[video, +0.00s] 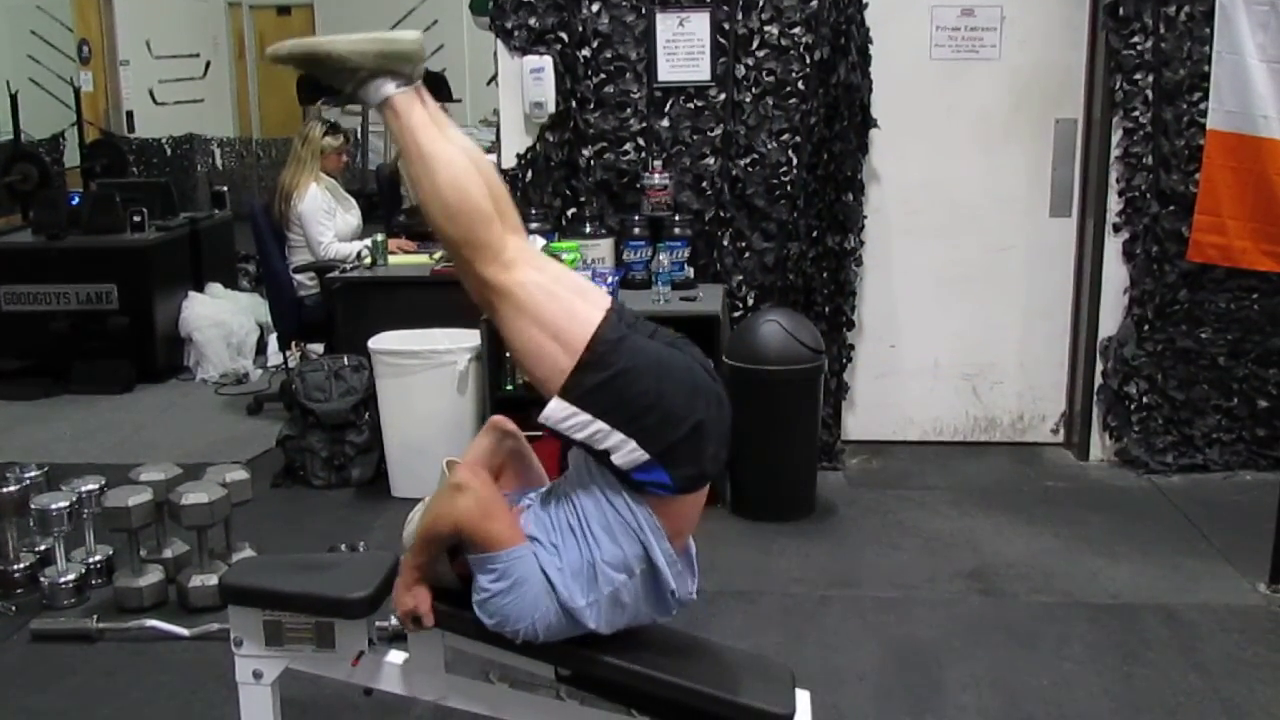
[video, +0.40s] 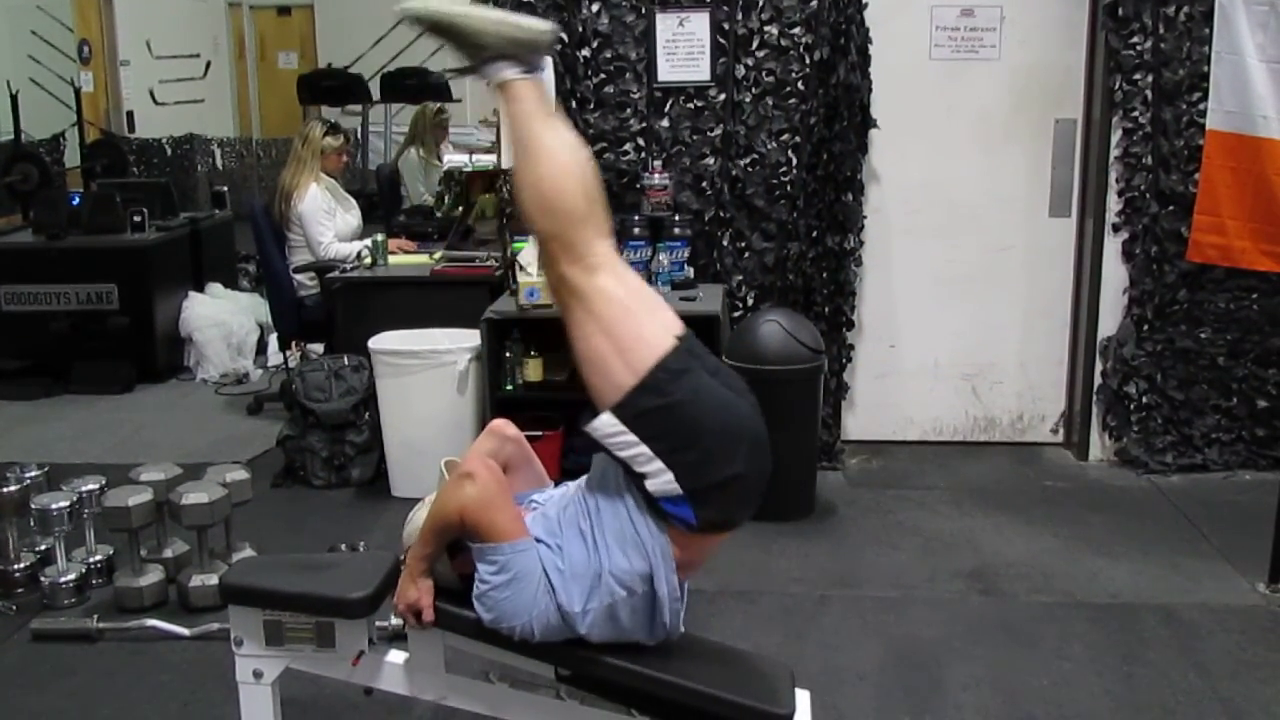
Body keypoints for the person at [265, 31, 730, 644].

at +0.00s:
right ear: (470, 573)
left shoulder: (534, 538)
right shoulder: (518, 599)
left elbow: (501, 434)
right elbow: (464, 491)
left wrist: (432, 538)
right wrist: (416, 572)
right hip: (675, 443)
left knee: (511, 261)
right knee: (500, 270)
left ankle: (410, 91)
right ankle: (392, 89)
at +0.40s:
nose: (471, 474)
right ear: (470, 564)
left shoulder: (547, 530)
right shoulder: (514, 588)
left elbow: (504, 436)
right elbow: (469, 481)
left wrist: (445, 506)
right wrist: (419, 562)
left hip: (715, 458)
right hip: (700, 475)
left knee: (589, 265)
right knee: (581, 268)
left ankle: (524, 76)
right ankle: (514, 73)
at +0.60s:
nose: (471, 466)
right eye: (464, 474)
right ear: (474, 552)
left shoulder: (551, 521)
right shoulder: (514, 591)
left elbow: (508, 437)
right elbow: (474, 483)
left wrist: (453, 504)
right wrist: (421, 564)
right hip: (715, 496)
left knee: (647, 273)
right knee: (641, 273)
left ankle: (614, 60)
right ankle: (611, 58)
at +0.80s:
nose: (466, 474)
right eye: (463, 478)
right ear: (468, 542)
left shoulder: (555, 533)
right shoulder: (513, 591)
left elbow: (507, 437)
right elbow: (477, 482)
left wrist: (453, 500)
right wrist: (422, 564)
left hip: (744, 499)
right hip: (729, 514)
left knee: (707, 280)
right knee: (696, 282)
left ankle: (717, 72)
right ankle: (716, 70)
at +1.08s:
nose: (473, 472)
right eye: (468, 485)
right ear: (471, 546)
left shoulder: (548, 527)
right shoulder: (518, 590)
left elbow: (505, 440)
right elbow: (477, 480)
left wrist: (449, 518)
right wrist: (421, 561)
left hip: (736, 517)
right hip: (742, 537)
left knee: (756, 302)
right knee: (753, 304)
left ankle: (826, 98)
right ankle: (823, 95)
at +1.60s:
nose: (507, 467)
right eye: (485, 472)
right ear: (484, 517)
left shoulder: (552, 524)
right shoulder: (516, 585)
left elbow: (506, 438)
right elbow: (475, 479)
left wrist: (452, 511)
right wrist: (421, 562)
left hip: (746, 536)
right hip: (751, 567)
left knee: (821, 333)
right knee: (819, 337)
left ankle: (919, 154)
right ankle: (928, 153)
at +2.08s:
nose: (517, 464)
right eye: (493, 476)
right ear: (480, 523)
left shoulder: (551, 526)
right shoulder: (521, 582)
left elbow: (507, 432)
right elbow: (474, 473)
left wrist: (447, 521)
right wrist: (422, 562)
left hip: (738, 540)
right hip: (753, 585)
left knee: (869, 358)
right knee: (873, 365)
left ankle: (1008, 203)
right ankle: (1022, 213)